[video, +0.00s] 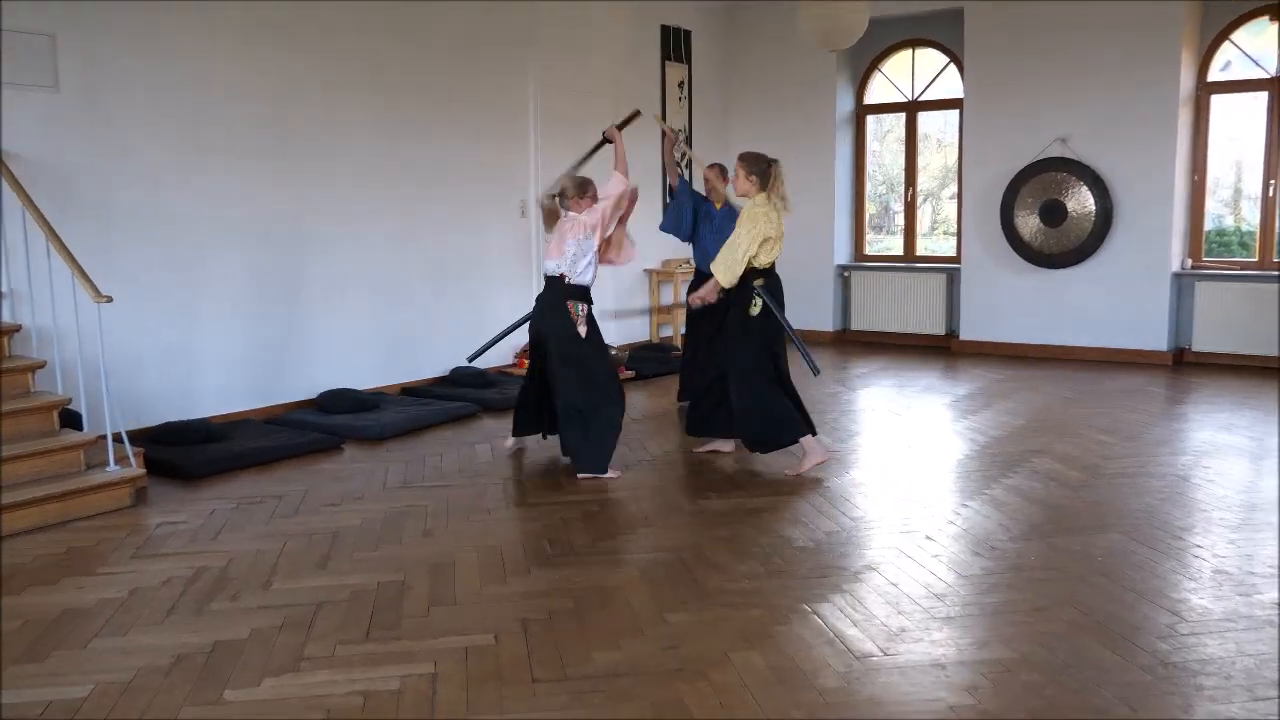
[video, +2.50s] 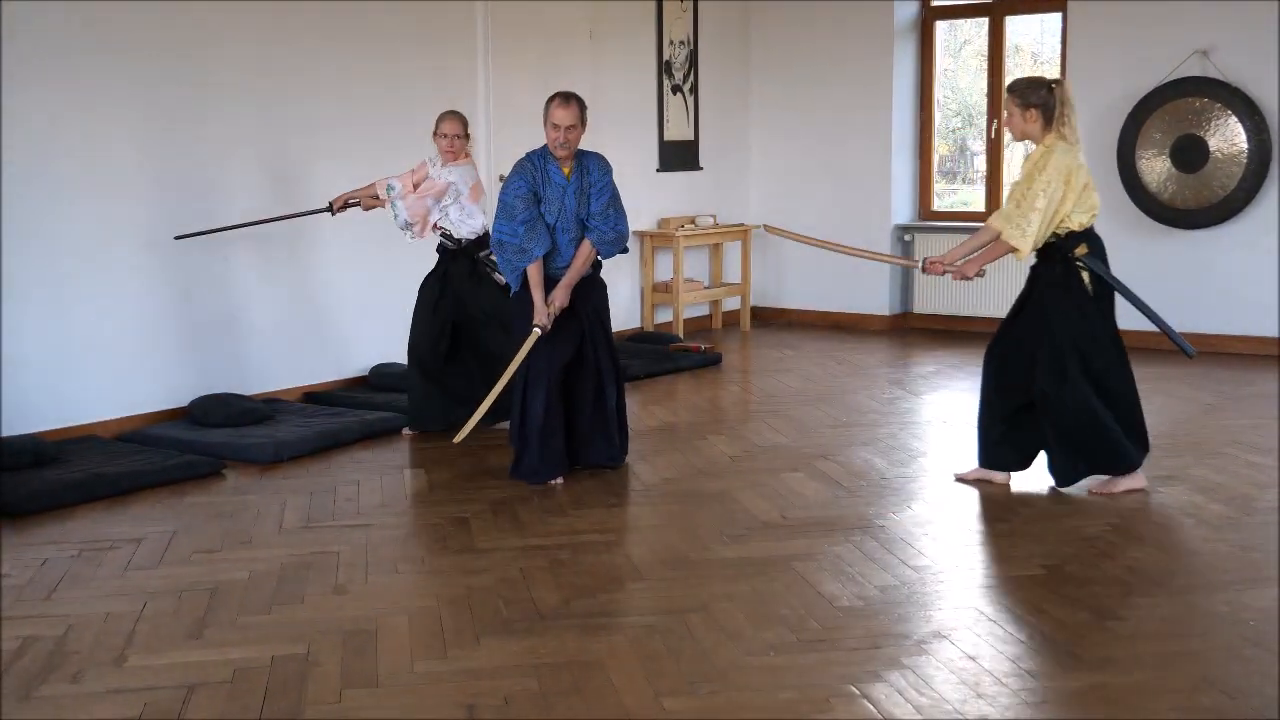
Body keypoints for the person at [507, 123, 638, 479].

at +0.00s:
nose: (595, 204)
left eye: (594, 198)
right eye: (591, 198)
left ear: (570, 202)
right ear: (575, 201)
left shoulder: (567, 228)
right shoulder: (578, 225)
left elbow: (613, 254)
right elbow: (618, 187)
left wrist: (622, 217)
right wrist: (618, 142)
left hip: (551, 307)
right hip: (568, 308)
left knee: (546, 373)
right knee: (603, 386)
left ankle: (519, 432)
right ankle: (590, 464)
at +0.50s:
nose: (575, 180)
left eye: (573, 174)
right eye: (573, 175)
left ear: (538, 178)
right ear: (565, 179)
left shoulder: (518, 217)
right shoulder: (577, 220)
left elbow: (512, 273)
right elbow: (595, 274)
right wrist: (602, 254)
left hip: (521, 309)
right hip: (562, 310)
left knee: (531, 400)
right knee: (570, 395)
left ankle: (540, 498)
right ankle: (576, 483)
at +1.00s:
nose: (529, 156)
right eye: (527, 152)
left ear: (493, 161)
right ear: (527, 156)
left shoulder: (485, 195)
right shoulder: (548, 188)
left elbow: (489, 163)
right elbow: (553, 178)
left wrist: (508, 130)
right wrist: (540, 146)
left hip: (506, 289)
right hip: (544, 287)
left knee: (511, 378)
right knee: (555, 380)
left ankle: (497, 463)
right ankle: (556, 480)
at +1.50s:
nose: (493, 126)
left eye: (493, 120)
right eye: (487, 120)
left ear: (486, 126)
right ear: (468, 126)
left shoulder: (497, 167)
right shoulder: (459, 163)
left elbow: (529, 157)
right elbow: (490, 122)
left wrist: (537, 111)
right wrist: (529, 95)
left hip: (488, 266)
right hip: (458, 264)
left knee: (496, 347)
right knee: (461, 351)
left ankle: (469, 436)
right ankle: (422, 430)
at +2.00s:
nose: (453, 135)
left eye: (458, 129)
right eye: (445, 129)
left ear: (462, 131)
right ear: (429, 131)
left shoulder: (457, 163)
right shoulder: (420, 158)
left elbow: (409, 195)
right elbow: (387, 161)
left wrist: (362, 175)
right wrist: (358, 162)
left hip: (463, 254)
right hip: (436, 252)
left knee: (461, 334)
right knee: (428, 332)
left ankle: (461, 418)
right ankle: (428, 415)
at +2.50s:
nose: (449, 143)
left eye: (456, 137)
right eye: (443, 136)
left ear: (466, 140)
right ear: (435, 138)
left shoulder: (462, 172)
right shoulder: (434, 167)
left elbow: (418, 201)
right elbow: (396, 183)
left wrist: (380, 201)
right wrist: (350, 195)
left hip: (476, 262)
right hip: (449, 262)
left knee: (487, 335)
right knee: (427, 337)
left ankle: (508, 411)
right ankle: (424, 417)